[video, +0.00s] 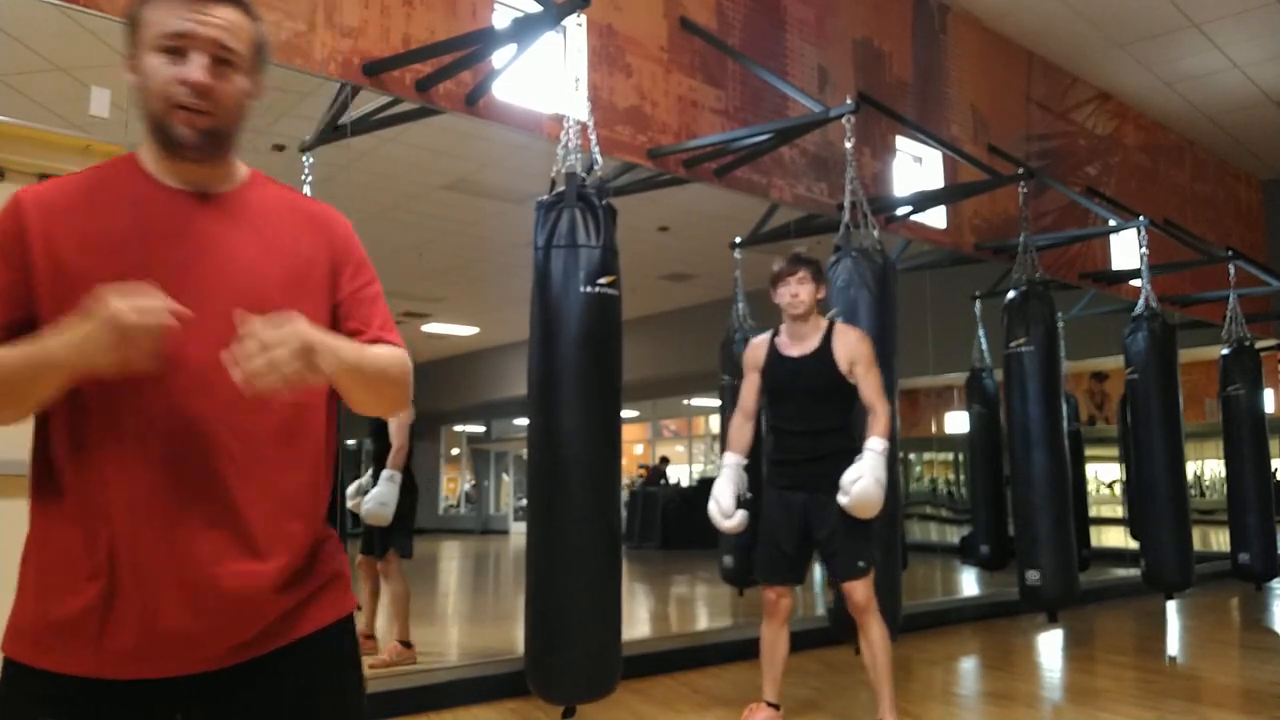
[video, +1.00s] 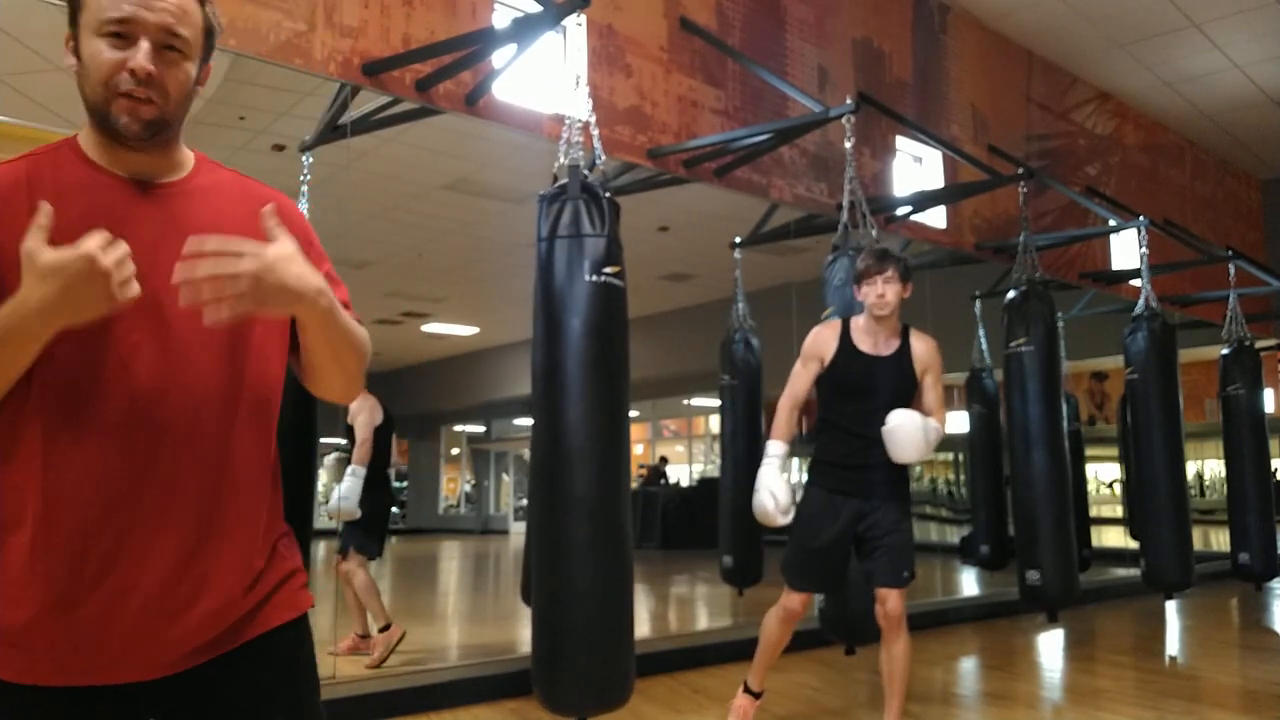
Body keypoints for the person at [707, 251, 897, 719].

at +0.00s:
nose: (792, 290)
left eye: (801, 282)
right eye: (784, 283)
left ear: (820, 291)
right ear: (774, 294)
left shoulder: (849, 341)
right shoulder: (760, 349)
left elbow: (877, 407)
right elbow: (744, 416)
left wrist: (873, 457)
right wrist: (730, 472)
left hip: (841, 491)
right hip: (780, 493)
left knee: (861, 600)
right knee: (774, 601)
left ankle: (887, 711)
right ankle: (769, 705)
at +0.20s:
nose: (840, 289)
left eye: (851, 282)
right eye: (833, 281)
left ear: (868, 291)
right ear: (820, 290)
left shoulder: (888, 346)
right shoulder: (794, 344)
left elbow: (919, 414)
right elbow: (769, 412)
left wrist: (899, 450)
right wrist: (752, 469)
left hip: (870, 495)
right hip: (806, 494)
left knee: (880, 602)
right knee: (781, 604)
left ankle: (892, 714)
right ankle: (759, 698)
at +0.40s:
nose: (868, 295)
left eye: (878, 286)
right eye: (859, 287)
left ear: (897, 294)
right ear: (850, 294)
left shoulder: (914, 352)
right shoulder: (818, 342)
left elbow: (930, 423)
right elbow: (784, 407)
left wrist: (917, 440)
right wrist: (768, 470)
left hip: (883, 498)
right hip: (824, 496)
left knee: (892, 608)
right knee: (790, 606)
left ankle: (893, 716)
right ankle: (744, 687)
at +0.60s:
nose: (879, 295)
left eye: (889, 286)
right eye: (870, 286)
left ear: (907, 293)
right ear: (859, 292)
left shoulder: (923, 352)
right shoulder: (829, 339)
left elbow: (935, 421)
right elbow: (791, 405)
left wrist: (923, 437)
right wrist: (776, 467)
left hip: (887, 498)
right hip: (829, 495)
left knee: (894, 609)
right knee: (792, 605)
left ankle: (893, 716)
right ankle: (747, 690)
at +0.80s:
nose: (881, 293)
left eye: (891, 283)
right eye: (872, 284)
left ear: (908, 291)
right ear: (860, 291)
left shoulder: (924, 350)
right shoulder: (829, 337)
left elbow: (937, 421)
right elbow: (791, 404)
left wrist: (925, 435)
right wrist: (776, 465)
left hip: (888, 496)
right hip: (829, 493)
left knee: (894, 610)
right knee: (792, 605)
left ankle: (894, 716)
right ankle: (750, 690)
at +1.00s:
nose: (879, 291)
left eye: (888, 282)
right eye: (870, 283)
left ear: (905, 289)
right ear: (857, 289)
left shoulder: (921, 348)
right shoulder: (826, 337)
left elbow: (935, 418)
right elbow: (789, 404)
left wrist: (923, 433)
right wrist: (773, 466)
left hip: (886, 495)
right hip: (828, 492)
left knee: (892, 609)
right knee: (793, 605)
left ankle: (893, 716)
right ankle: (752, 689)